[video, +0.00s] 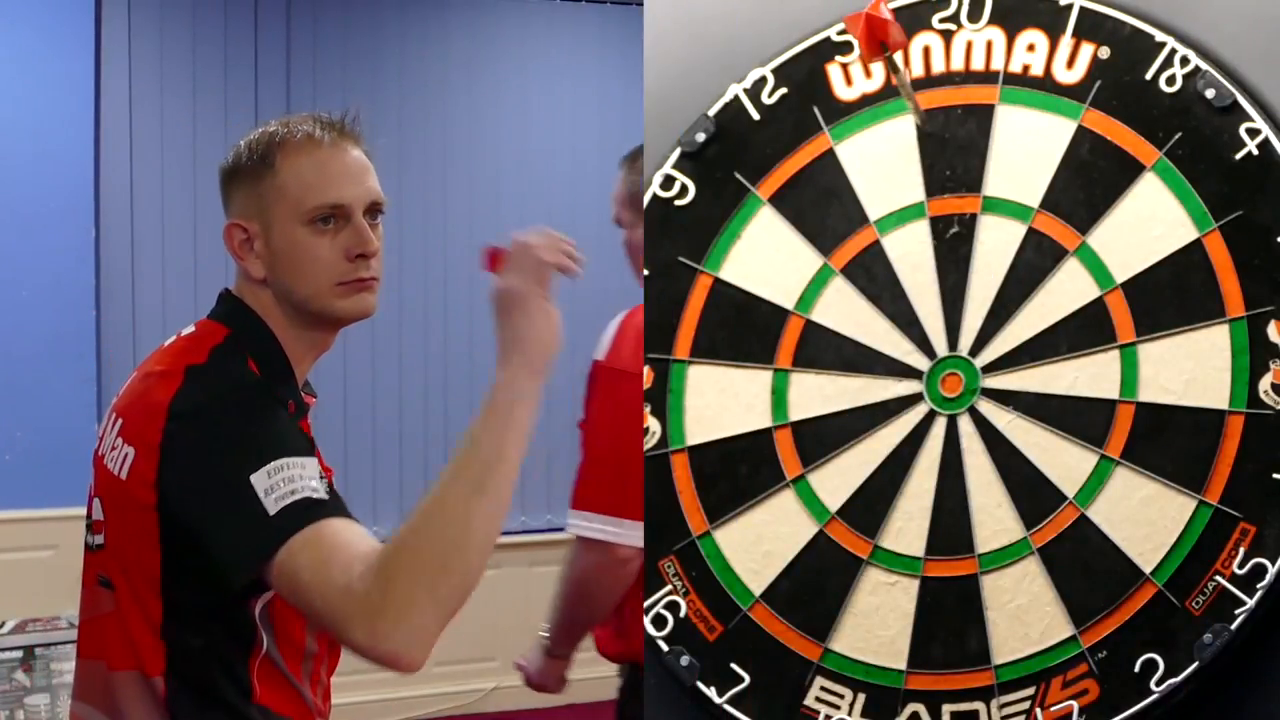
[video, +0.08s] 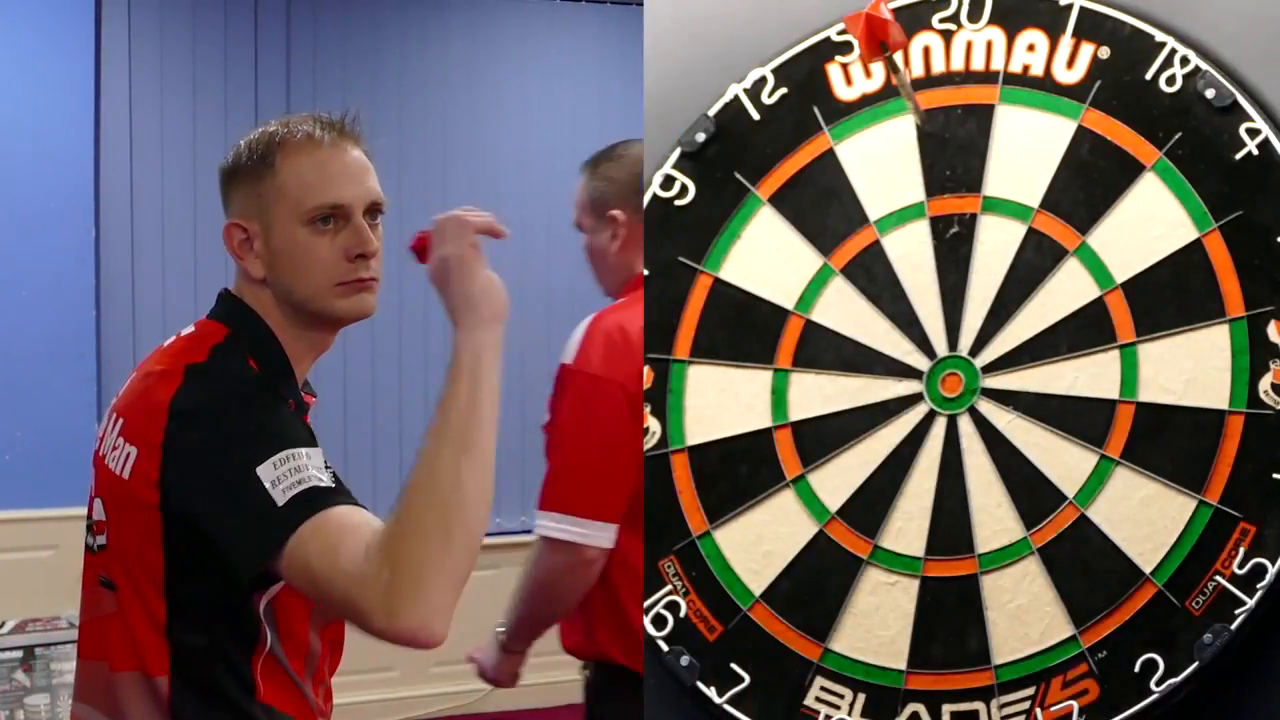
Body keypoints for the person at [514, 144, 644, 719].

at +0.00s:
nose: (624, 243)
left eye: (626, 225)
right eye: (621, 226)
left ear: (662, 223)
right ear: (686, 221)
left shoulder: (639, 335)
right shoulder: (770, 329)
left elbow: (615, 542)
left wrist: (556, 651)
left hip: (665, 665)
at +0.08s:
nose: (583, 246)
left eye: (584, 230)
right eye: (579, 230)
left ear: (619, 228)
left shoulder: (614, 336)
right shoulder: (734, 323)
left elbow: (578, 544)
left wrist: (511, 641)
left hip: (636, 671)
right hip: (730, 655)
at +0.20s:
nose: (543, 258)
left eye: (543, 240)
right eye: (538, 241)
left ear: (580, 237)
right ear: (644, 228)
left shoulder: (582, 343)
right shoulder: (702, 320)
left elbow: (548, 548)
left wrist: (473, 649)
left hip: (608, 672)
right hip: (705, 655)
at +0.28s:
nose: (502, 260)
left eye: (505, 244)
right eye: (500, 244)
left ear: (544, 244)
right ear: (602, 240)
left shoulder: (548, 347)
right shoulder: (657, 328)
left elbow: (518, 550)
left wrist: (447, 662)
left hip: (565, 676)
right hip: (655, 665)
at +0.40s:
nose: (459, 255)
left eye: (464, 238)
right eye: (459, 238)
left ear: (506, 242)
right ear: (559, 239)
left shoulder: (511, 344)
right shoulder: (625, 342)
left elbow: (499, 539)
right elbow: (633, 522)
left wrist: (430, 672)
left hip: (521, 677)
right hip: (604, 671)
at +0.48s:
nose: (418, 250)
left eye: (425, 233)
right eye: (418, 233)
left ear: (468, 237)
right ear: (494, 235)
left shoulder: (481, 336)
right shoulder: (568, 329)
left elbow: (485, 528)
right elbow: (573, 507)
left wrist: (424, 676)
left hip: (495, 669)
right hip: (560, 662)